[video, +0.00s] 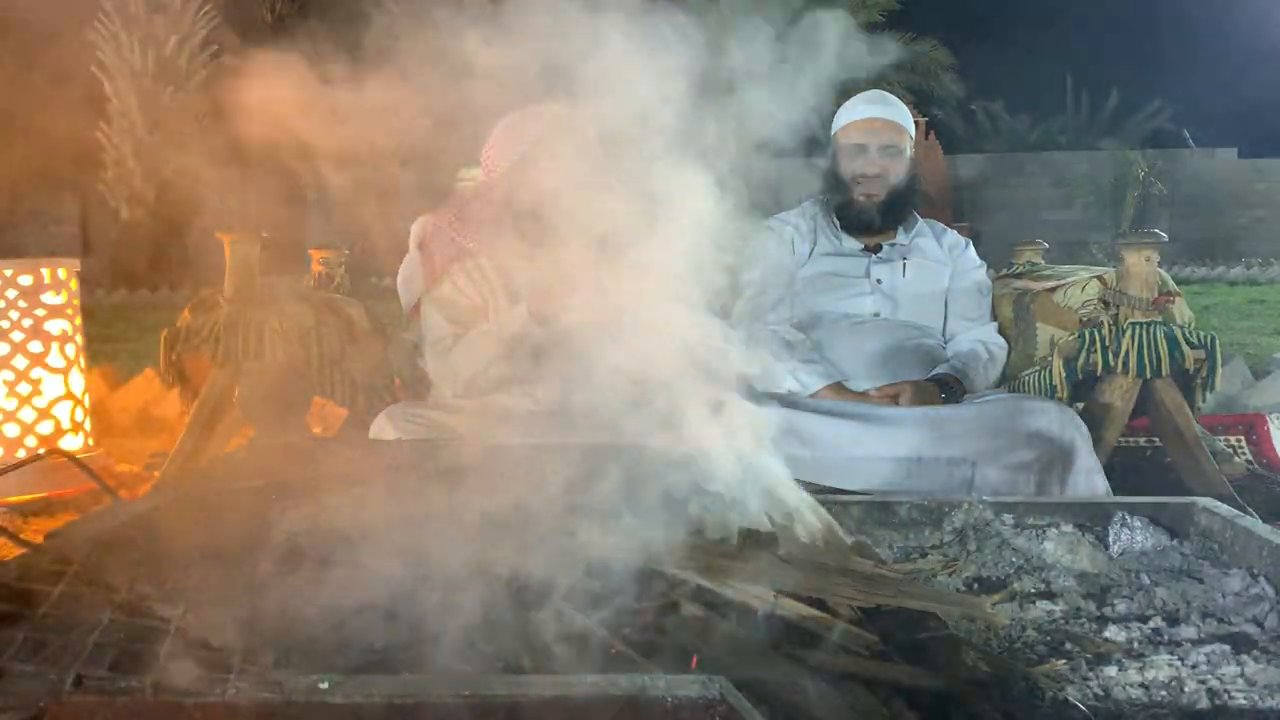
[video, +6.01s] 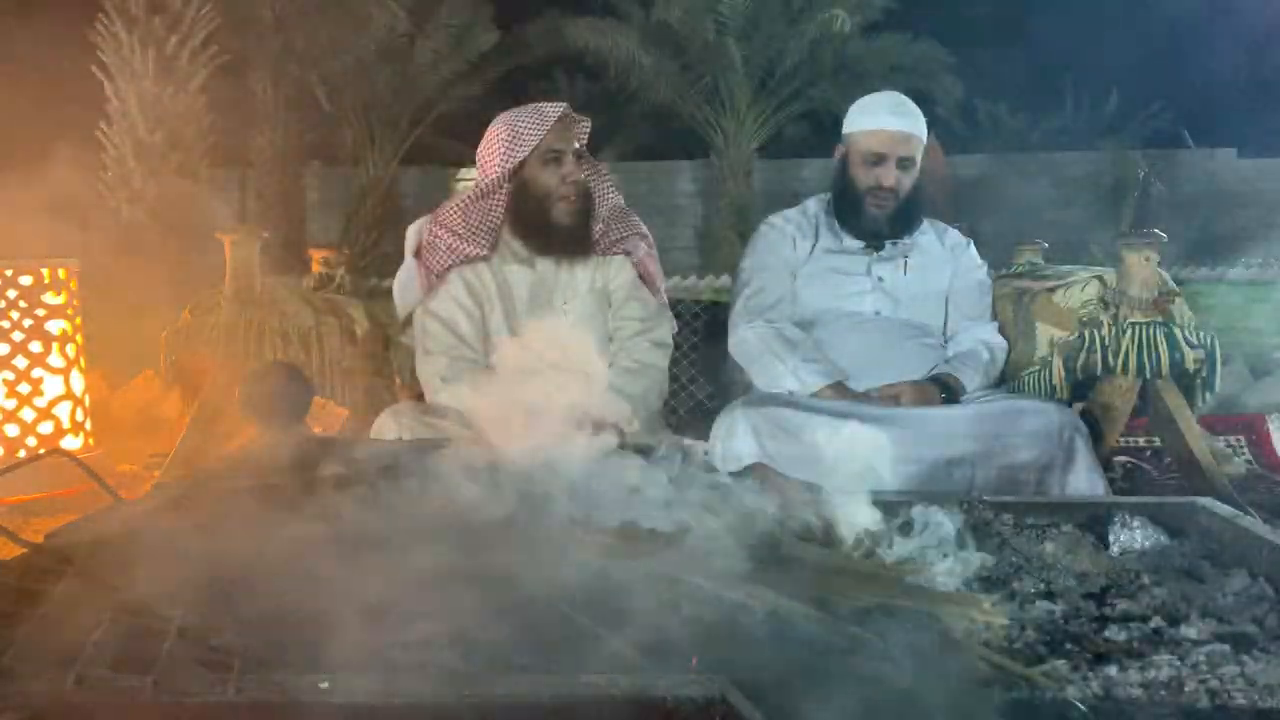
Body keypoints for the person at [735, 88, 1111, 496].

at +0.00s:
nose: (871, 167)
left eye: (888, 152)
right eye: (857, 151)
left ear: (912, 162)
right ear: (834, 158)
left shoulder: (951, 249)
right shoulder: (785, 237)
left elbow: (980, 343)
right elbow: (758, 335)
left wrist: (938, 390)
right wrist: (835, 396)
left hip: (934, 420)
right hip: (823, 417)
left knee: (1053, 425)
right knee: (741, 428)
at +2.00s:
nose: (838, 167)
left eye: (857, 154)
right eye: (832, 152)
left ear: (901, 163)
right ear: (823, 156)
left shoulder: (952, 251)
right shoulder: (784, 237)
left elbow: (983, 345)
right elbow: (750, 343)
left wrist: (934, 387)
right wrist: (825, 392)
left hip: (931, 427)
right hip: (822, 427)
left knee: (1053, 427)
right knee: (741, 425)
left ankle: (1092, 574)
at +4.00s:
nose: (892, 176)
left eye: (906, 160)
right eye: (877, 157)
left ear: (920, 166)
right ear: (842, 154)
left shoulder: (953, 249)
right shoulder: (784, 235)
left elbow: (981, 344)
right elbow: (752, 349)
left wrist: (939, 388)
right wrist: (821, 390)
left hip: (934, 420)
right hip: (826, 418)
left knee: (1052, 426)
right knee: (783, 433)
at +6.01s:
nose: (887, 180)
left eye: (903, 165)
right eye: (873, 161)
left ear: (920, 170)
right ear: (843, 156)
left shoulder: (953, 249)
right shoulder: (787, 234)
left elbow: (981, 341)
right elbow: (754, 329)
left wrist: (939, 388)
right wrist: (832, 394)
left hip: (938, 416)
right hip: (826, 413)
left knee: (1056, 426)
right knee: (743, 426)